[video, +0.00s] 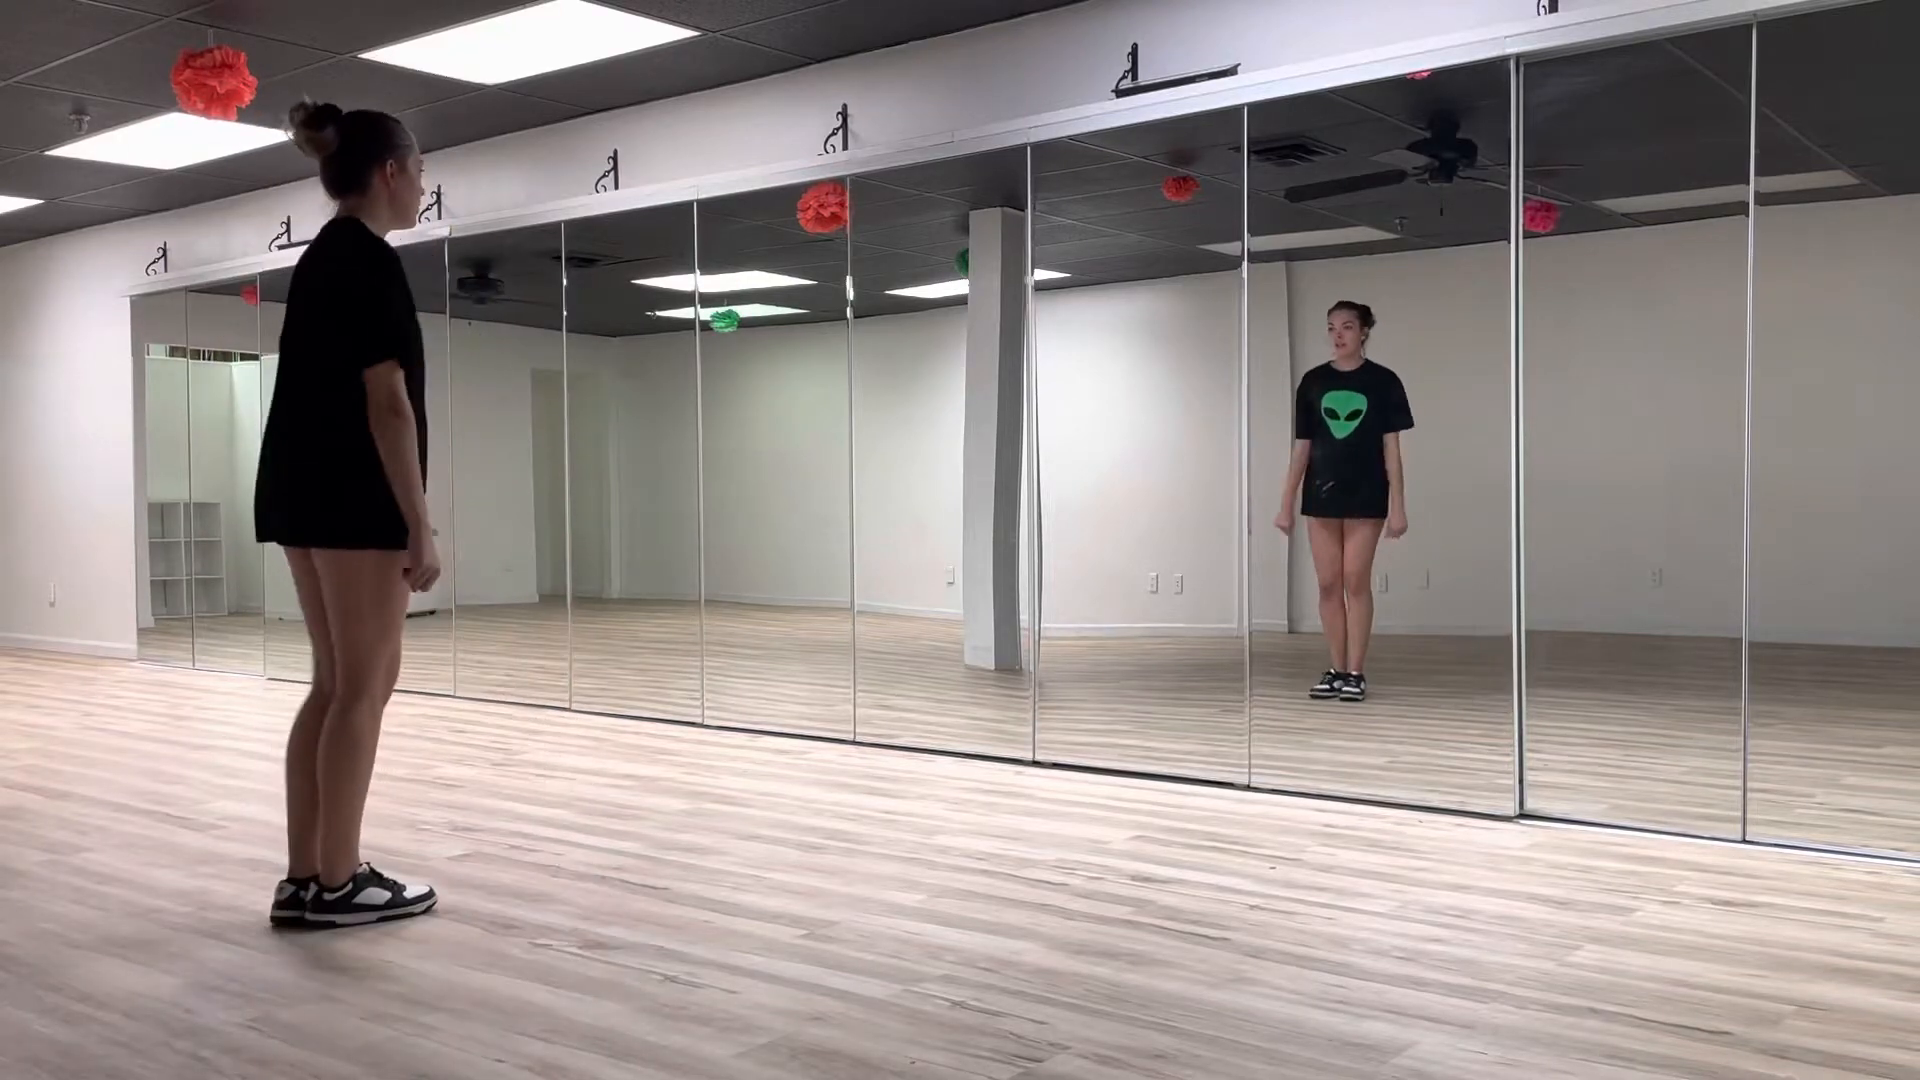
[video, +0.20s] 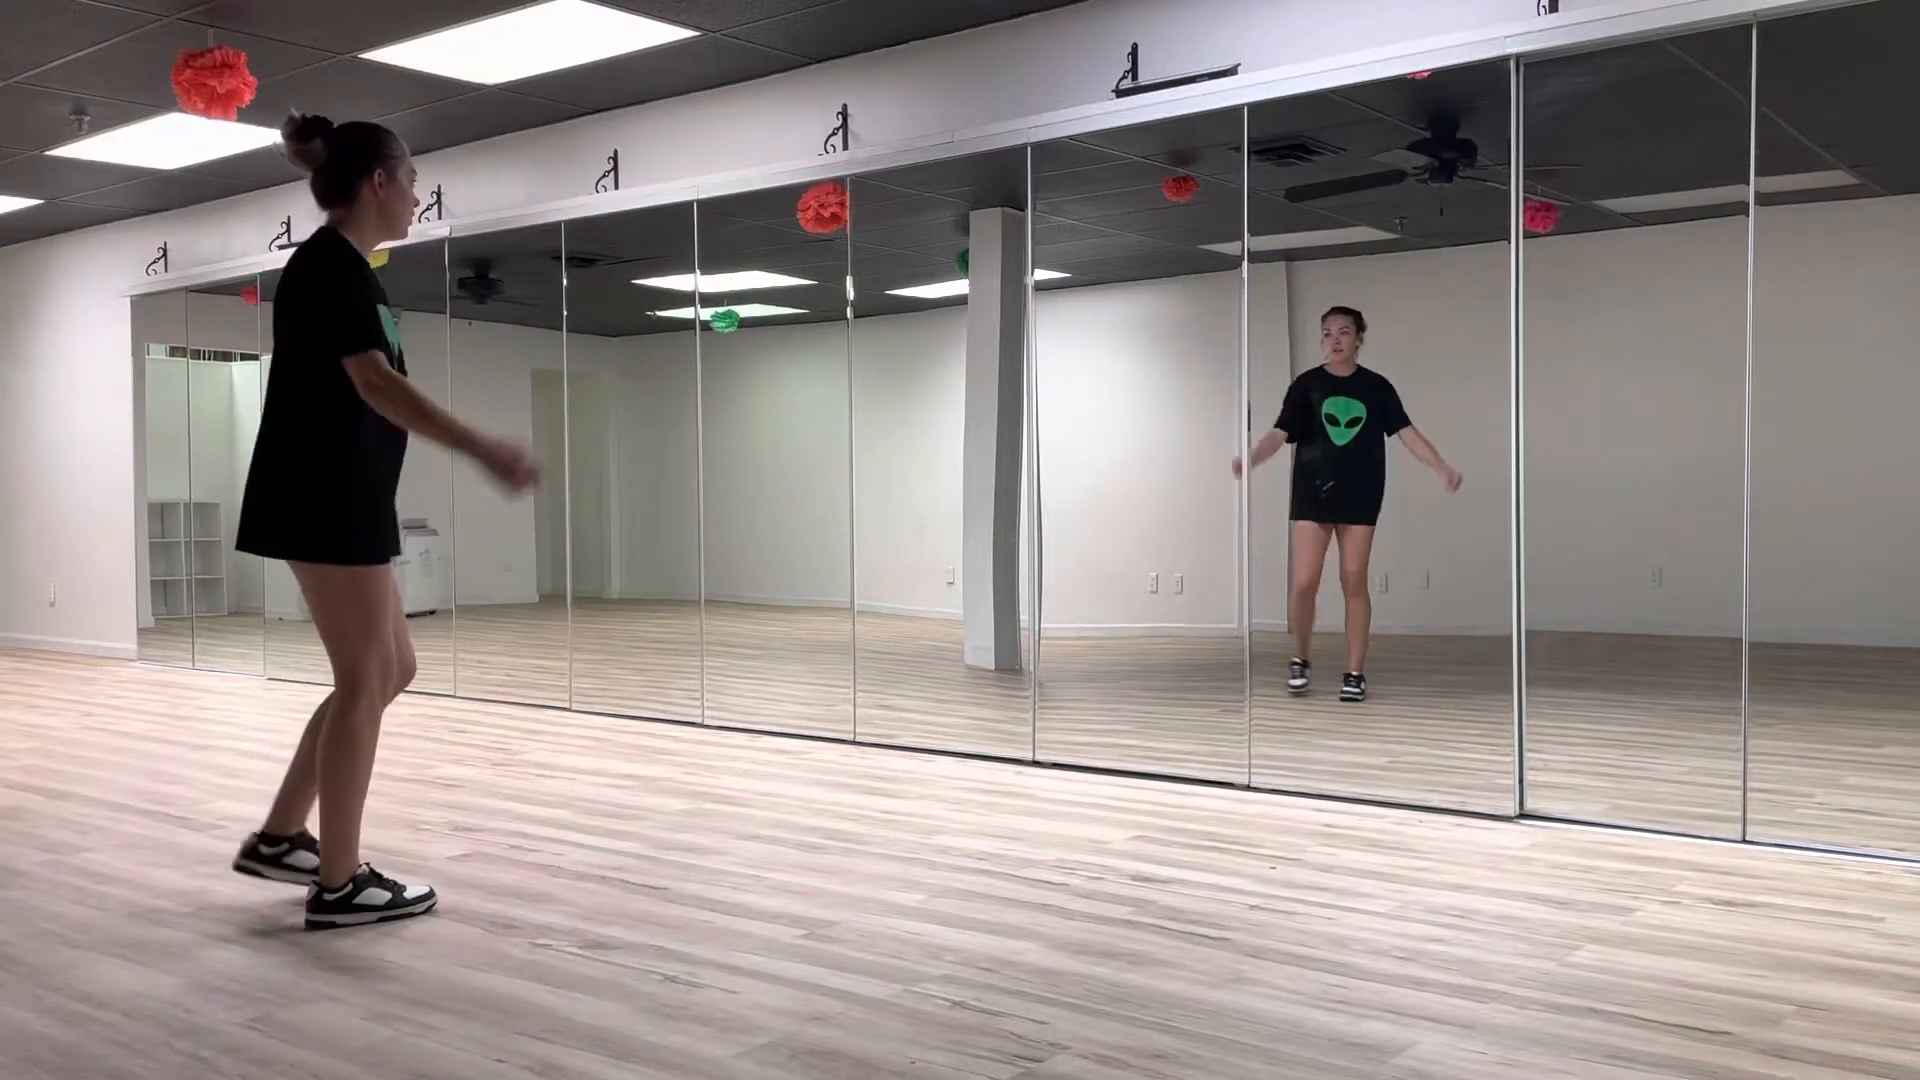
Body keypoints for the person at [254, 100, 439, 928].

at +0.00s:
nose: (424, 188)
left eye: (420, 171)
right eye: (418, 172)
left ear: (352, 177)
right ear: (389, 174)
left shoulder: (318, 260)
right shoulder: (371, 262)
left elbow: (322, 398)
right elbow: (389, 403)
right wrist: (418, 527)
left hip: (298, 490)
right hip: (357, 493)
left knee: (331, 683)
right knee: (367, 683)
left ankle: (306, 875)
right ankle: (338, 876)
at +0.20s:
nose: (418, 195)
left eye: (414, 180)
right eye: (409, 180)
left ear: (352, 187)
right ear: (377, 184)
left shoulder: (330, 264)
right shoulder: (334, 267)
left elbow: (348, 390)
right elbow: (376, 383)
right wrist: (485, 448)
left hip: (330, 500)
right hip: (329, 504)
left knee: (394, 665)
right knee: (363, 677)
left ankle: (282, 833)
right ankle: (340, 880)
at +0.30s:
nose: (407, 192)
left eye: (404, 177)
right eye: (398, 176)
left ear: (347, 185)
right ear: (363, 181)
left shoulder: (350, 268)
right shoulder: (311, 255)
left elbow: (391, 360)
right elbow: (330, 343)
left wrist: (483, 349)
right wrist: (474, 344)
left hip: (341, 497)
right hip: (318, 499)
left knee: (362, 665)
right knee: (366, 670)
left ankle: (252, 807)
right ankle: (339, 879)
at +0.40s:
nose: (395, 195)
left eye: (392, 181)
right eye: (385, 180)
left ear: (339, 189)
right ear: (347, 186)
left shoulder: (346, 271)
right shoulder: (292, 250)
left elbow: (364, 342)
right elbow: (274, 301)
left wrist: (448, 308)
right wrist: (406, 271)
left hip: (343, 492)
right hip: (308, 493)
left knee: (329, 664)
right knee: (377, 669)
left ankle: (230, 790)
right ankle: (339, 879)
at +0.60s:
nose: (373, 253)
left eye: (371, 240)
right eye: (363, 239)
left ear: (327, 247)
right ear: (321, 244)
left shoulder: (346, 326)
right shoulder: (260, 312)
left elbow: (345, 409)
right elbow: (183, 286)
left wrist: (377, 369)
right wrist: (281, 293)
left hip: (339, 533)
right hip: (281, 533)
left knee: (290, 695)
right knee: (396, 673)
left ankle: (197, 822)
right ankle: (348, 873)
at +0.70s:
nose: (365, 273)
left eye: (365, 259)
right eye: (356, 258)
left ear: (318, 263)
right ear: (312, 260)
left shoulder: (331, 337)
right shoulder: (251, 323)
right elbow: (165, 314)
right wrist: (273, 361)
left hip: (334, 550)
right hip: (278, 551)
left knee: (282, 709)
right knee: (400, 676)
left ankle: (191, 831)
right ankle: (346, 875)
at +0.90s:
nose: (376, 253)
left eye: (373, 238)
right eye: (367, 237)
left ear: (324, 244)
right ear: (326, 242)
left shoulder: (332, 326)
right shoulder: (275, 313)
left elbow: (321, 421)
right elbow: (244, 390)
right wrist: (327, 463)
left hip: (326, 536)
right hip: (292, 539)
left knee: (289, 693)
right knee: (413, 685)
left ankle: (197, 817)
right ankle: (344, 875)